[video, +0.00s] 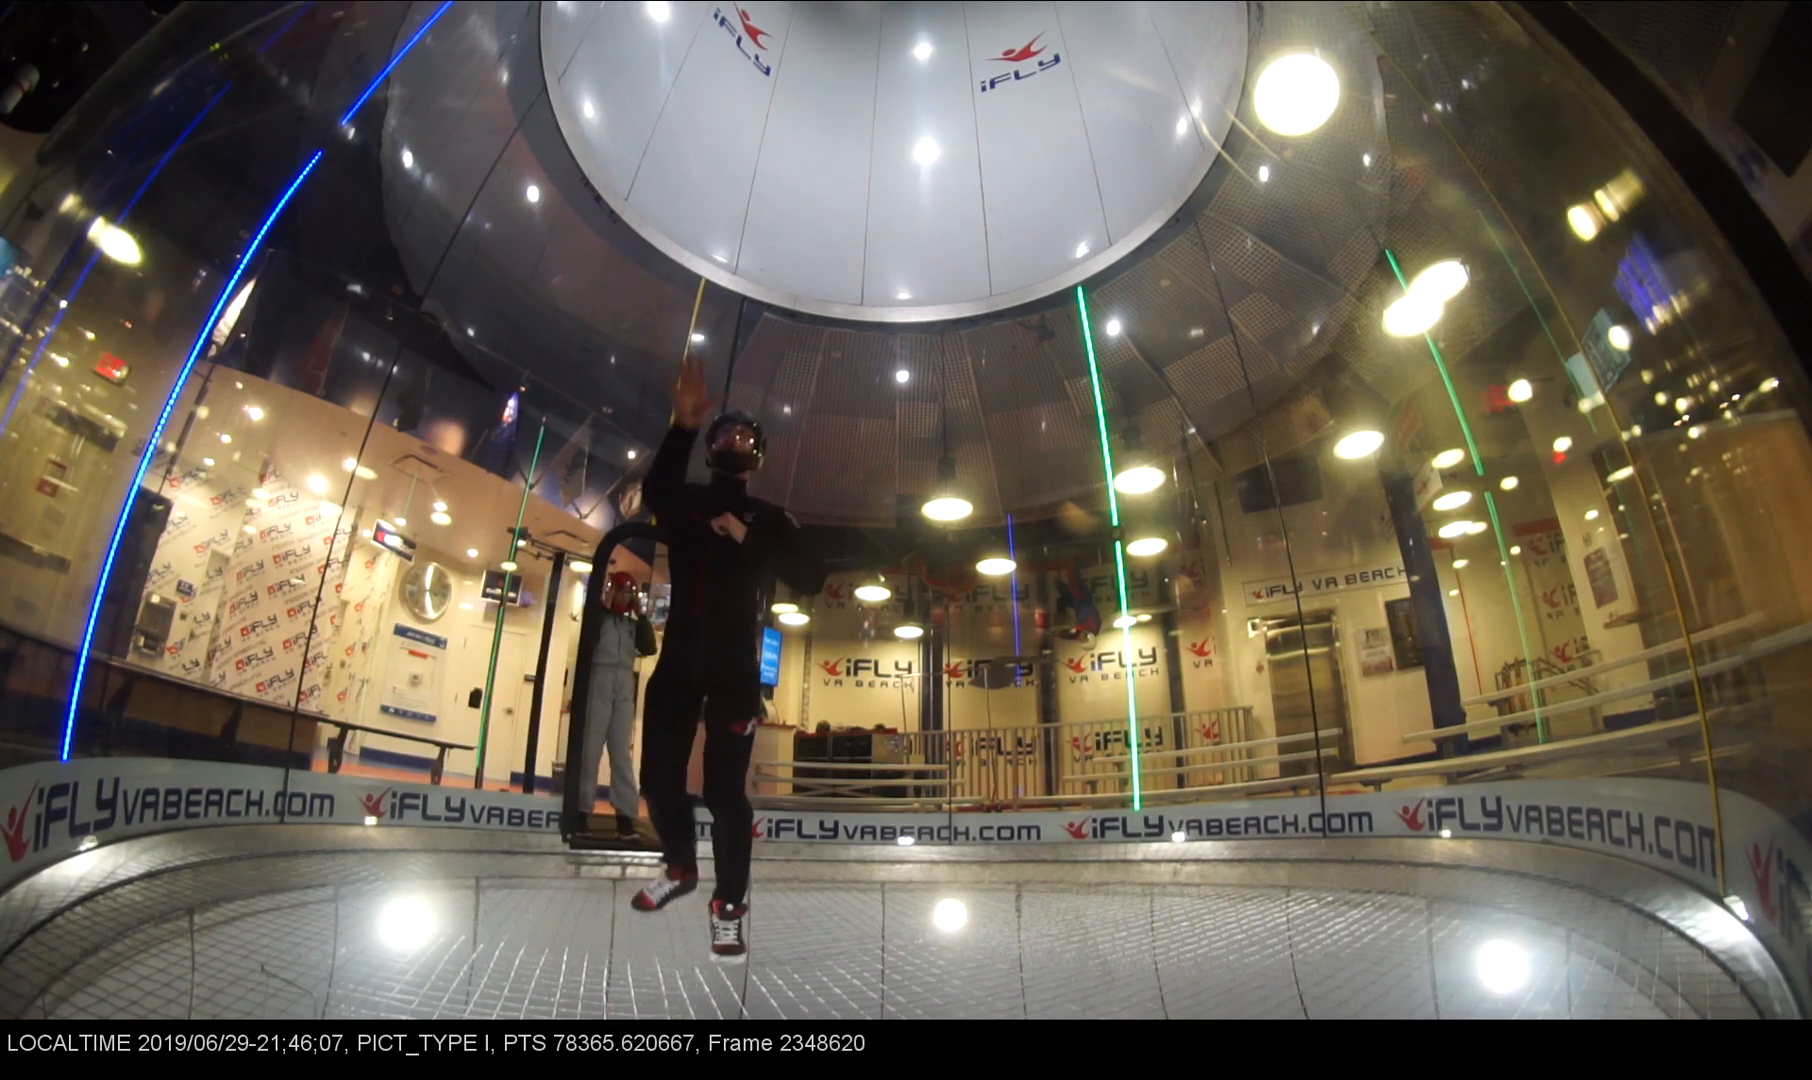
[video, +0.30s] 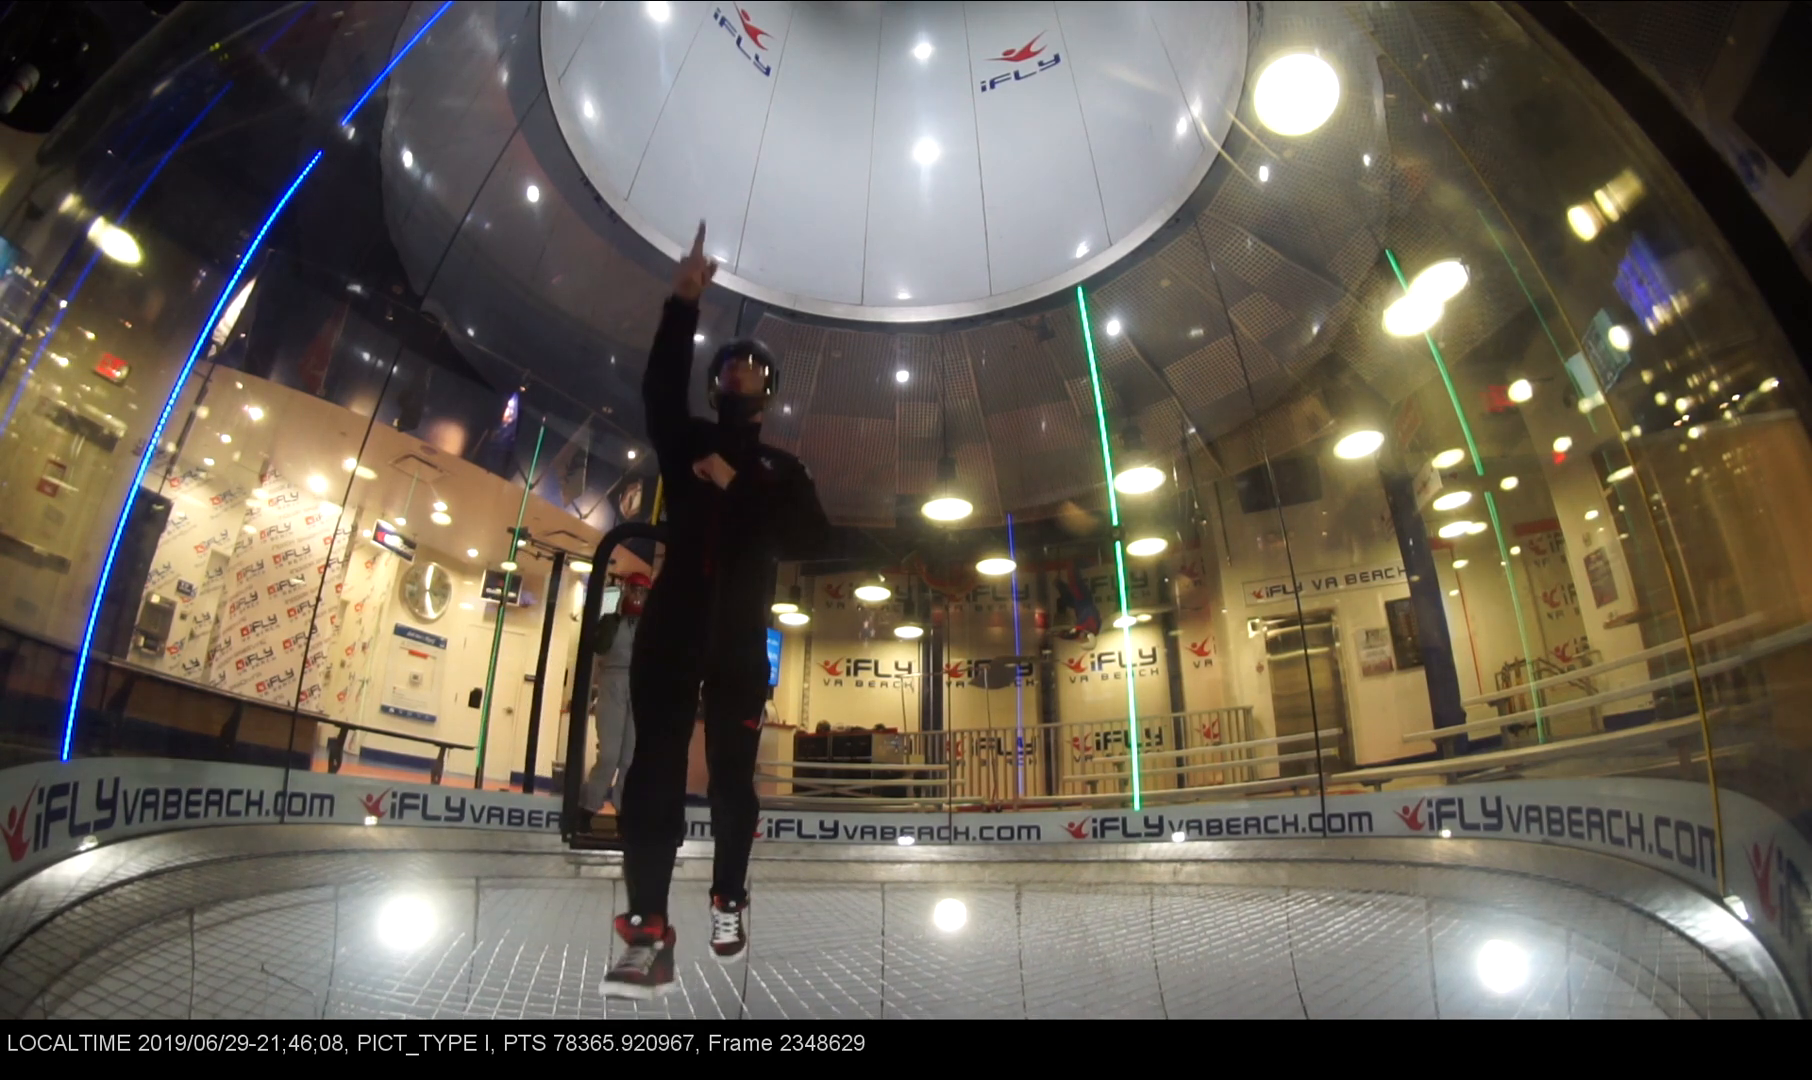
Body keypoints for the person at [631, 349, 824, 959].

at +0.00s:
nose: (737, 442)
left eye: (747, 437)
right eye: (727, 434)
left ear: (758, 455)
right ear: (708, 448)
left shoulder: (771, 518)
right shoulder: (683, 501)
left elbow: (810, 576)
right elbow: (656, 490)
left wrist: (750, 536)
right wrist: (681, 428)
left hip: (736, 661)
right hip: (678, 656)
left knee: (725, 788)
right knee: (659, 773)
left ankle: (731, 905)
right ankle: (681, 869)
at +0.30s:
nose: (738, 371)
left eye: (751, 367)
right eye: (730, 364)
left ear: (769, 390)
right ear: (712, 381)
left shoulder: (782, 469)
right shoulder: (685, 443)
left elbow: (813, 540)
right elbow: (663, 385)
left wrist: (739, 485)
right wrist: (682, 303)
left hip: (739, 630)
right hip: (668, 623)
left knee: (732, 773)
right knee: (655, 767)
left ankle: (728, 896)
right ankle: (647, 926)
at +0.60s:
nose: (744, 305)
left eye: (759, 300)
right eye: (732, 294)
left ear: (775, 324)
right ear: (706, 312)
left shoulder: (789, 407)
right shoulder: (671, 381)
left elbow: (842, 484)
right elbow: (625, 335)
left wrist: (762, 411)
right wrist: (677, 223)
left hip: (747, 605)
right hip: (666, 599)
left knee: (752, 784)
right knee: (655, 778)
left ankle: (721, 868)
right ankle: (646, 948)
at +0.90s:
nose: (812, 247)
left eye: (813, 238)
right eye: (800, 232)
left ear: (805, 263)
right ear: (754, 237)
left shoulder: (814, 343)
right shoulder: (696, 321)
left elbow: (863, 381)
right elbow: (649, 353)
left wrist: (773, 284)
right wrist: (729, 270)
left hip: (771, 564)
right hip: (681, 561)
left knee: (808, 758)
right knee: (660, 762)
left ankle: (841, 954)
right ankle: (653, 956)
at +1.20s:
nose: (846, 189)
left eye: (853, 181)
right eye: (827, 181)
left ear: (865, 214)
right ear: (792, 201)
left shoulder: (912, 317)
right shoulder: (758, 294)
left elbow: (1022, 387)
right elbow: (762, 234)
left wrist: (892, 333)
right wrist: (796, 141)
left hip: (874, 556)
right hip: (756, 549)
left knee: (944, 808)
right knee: (704, 771)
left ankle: (986, 1008)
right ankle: (664, 953)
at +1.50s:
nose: (909, 129)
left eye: (922, 117)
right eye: (886, 124)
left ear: (950, 146)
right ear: (860, 161)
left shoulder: (1009, 256)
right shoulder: (835, 245)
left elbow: (1127, 352)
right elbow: (747, 346)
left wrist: (1017, 284)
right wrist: (871, 270)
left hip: (985, 521)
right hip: (858, 521)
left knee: (1025, 795)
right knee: (814, 753)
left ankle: (1013, 1011)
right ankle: (779, 954)